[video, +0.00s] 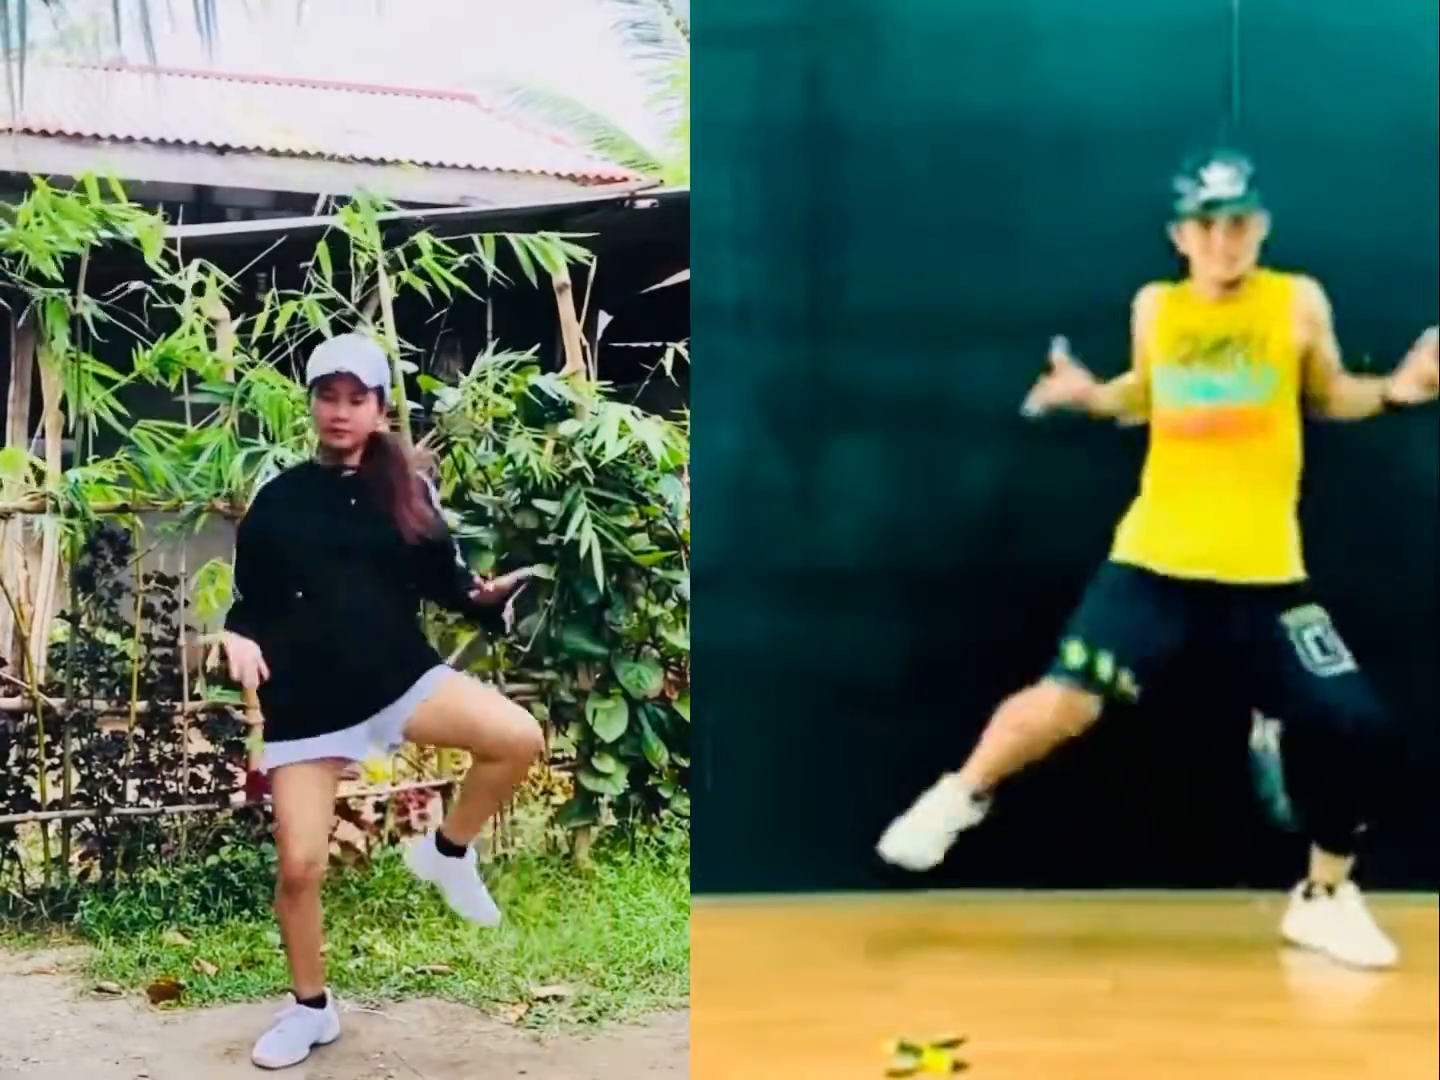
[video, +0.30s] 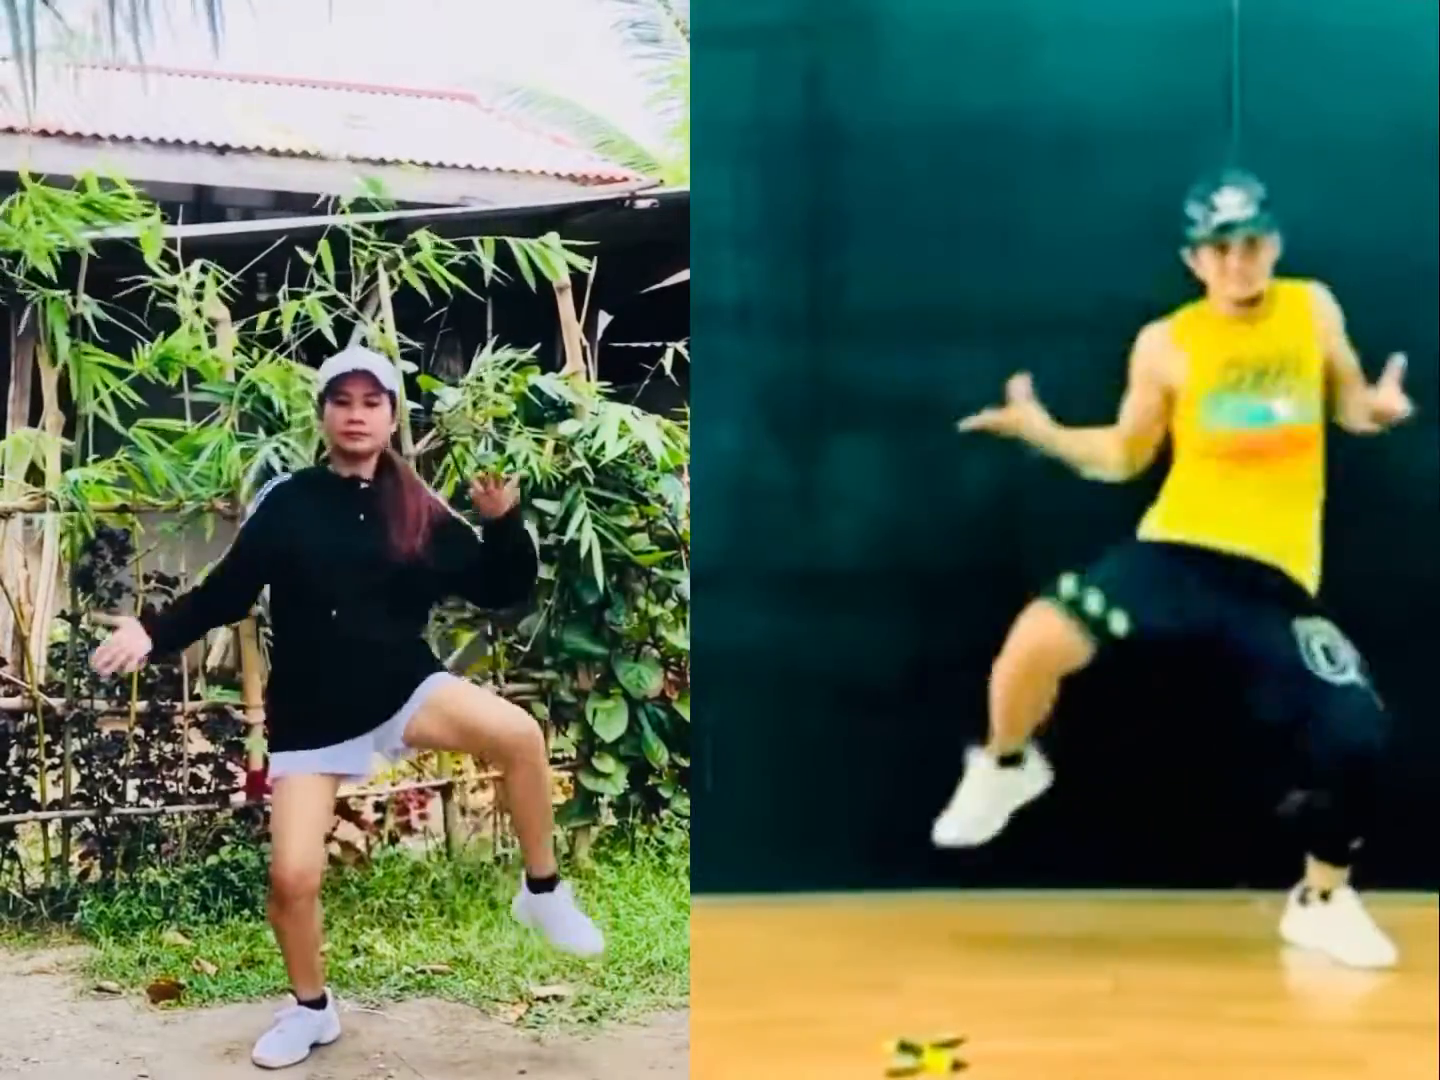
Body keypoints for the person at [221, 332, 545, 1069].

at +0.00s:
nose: (340, 409)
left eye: (356, 396)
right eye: (327, 395)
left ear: (381, 408)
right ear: (310, 404)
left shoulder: (403, 486)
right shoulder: (275, 500)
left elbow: (441, 576)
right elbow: (250, 600)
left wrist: (481, 593)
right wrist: (237, 633)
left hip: (397, 680)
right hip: (303, 706)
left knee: (516, 738)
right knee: (297, 867)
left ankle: (445, 851)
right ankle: (310, 1008)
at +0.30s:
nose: (357, 415)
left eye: (372, 402)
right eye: (342, 402)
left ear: (393, 417)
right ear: (322, 415)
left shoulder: (414, 504)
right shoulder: (287, 502)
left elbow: (499, 589)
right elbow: (229, 590)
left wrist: (502, 525)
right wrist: (155, 632)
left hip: (402, 688)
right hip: (307, 716)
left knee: (521, 735)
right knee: (291, 878)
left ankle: (544, 889)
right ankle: (312, 1008)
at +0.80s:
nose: (476, 422)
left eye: (488, 408)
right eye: (460, 413)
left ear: (514, 418)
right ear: (444, 433)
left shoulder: (566, 499)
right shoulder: (438, 519)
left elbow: (639, 579)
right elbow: (421, 628)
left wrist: (615, 522)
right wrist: (347, 663)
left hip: (538, 723)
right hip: (432, 715)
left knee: (586, 873)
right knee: (356, 842)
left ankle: (586, 1006)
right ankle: (309, 983)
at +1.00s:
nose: (506, 432)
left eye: (520, 419)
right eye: (490, 422)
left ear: (545, 433)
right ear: (476, 440)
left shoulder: (583, 521)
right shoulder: (457, 525)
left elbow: (622, 611)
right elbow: (409, 618)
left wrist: (640, 647)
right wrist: (357, 574)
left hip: (577, 728)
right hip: (488, 707)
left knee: (581, 896)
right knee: (365, 721)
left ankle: (586, 1010)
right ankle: (404, 866)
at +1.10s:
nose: (510, 438)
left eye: (525, 424)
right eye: (494, 427)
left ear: (549, 438)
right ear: (478, 445)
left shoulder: (589, 526)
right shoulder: (463, 533)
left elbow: (635, 649)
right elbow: (395, 621)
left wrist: (645, 605)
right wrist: (311, 612)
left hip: (579, 736)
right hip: (487, 711)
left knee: (586, 899)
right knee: (364, 719)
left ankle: (587, 1007)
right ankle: (398, 862)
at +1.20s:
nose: (505, 430)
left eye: (518, 416)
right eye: (489, 421)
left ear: (544, 429)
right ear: (475, 441)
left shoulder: (588, 511)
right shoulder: (468, 532)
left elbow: (665, 591)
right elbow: (449, 642)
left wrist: (626, 532)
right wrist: (372, 669)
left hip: (556, 732)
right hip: (460, 705)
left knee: (586, 891)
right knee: (362, 786)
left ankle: (585, 1009)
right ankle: (361, 903)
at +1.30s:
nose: (487, 429)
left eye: (500, 416)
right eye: (472, 420)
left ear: (525, 428)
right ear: (456, 439)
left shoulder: (560, 504)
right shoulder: (450, 524)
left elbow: (615, 582)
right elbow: (439, 635)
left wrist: (615, 597)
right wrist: (387, 649)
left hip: (538, 726)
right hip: (438, 716)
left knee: (573, 890)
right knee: (356, 837)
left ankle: (586, 1008)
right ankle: (328, 962)